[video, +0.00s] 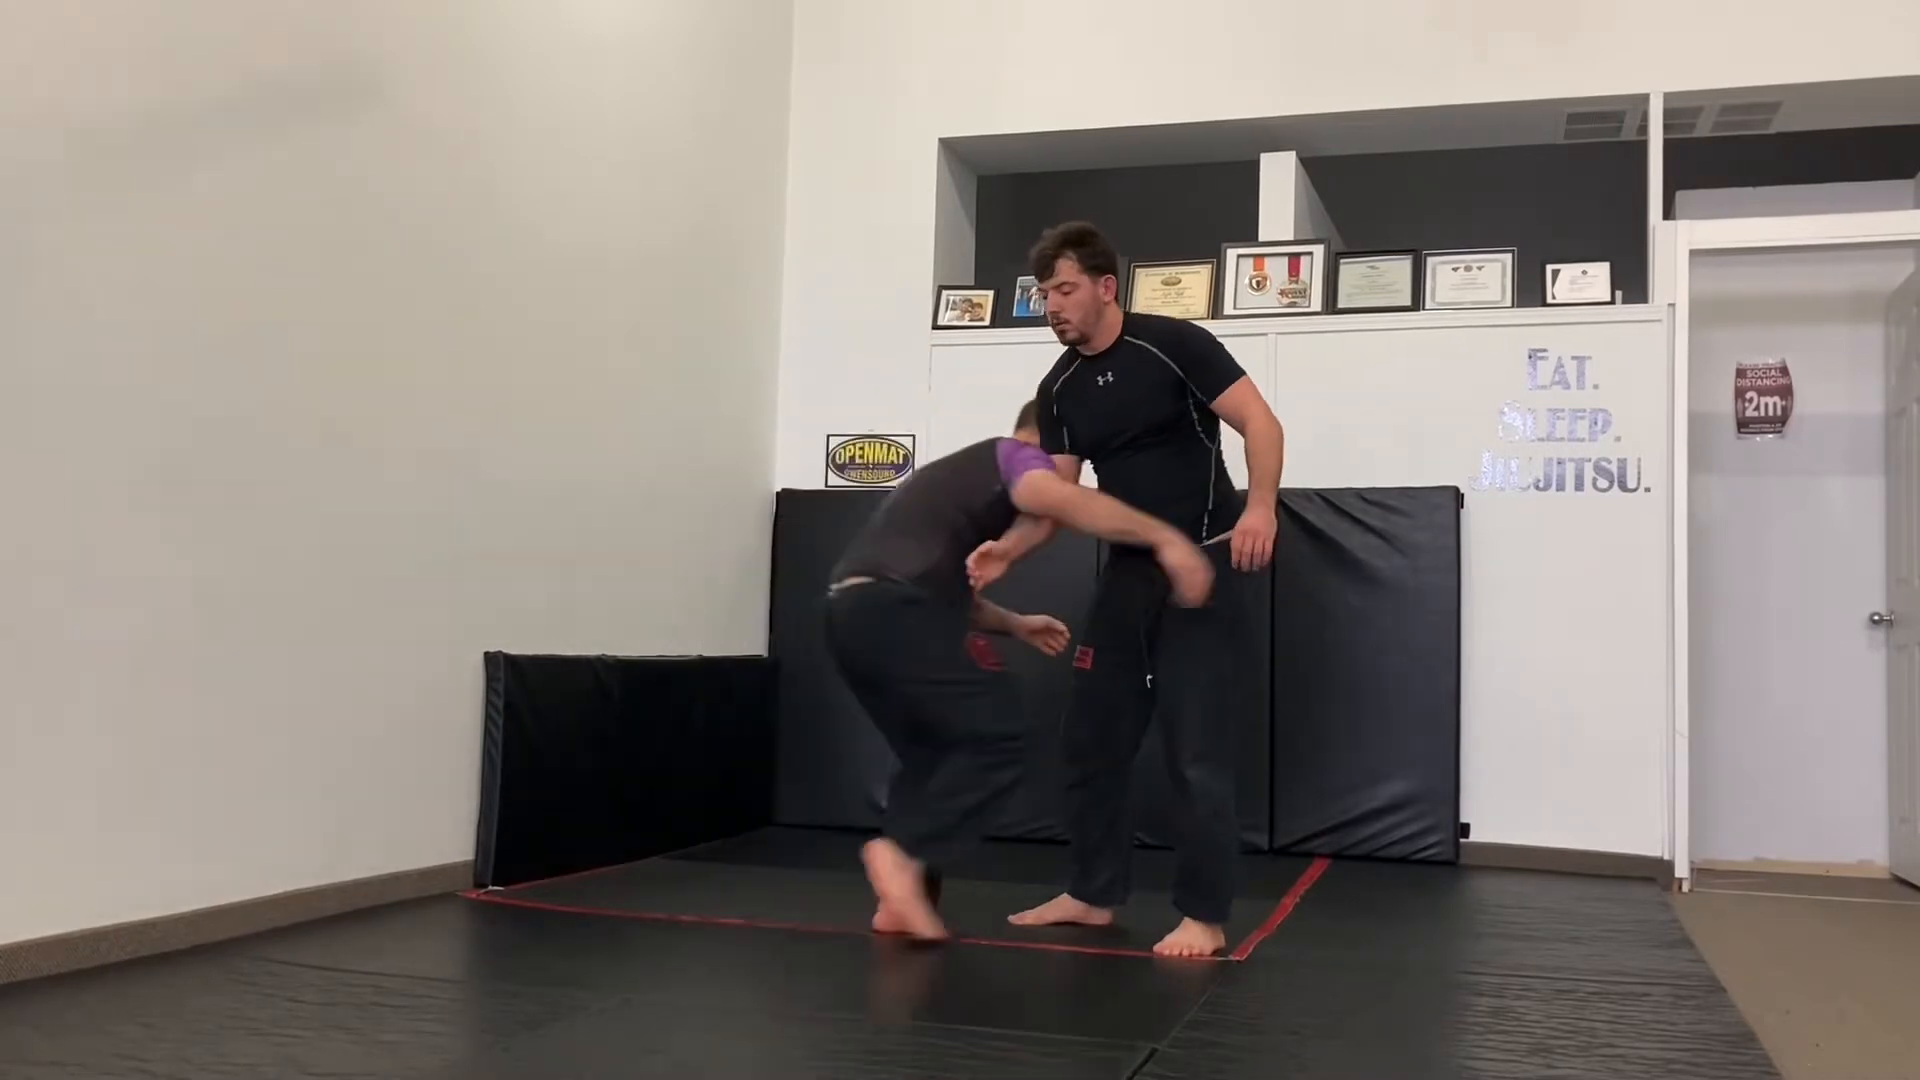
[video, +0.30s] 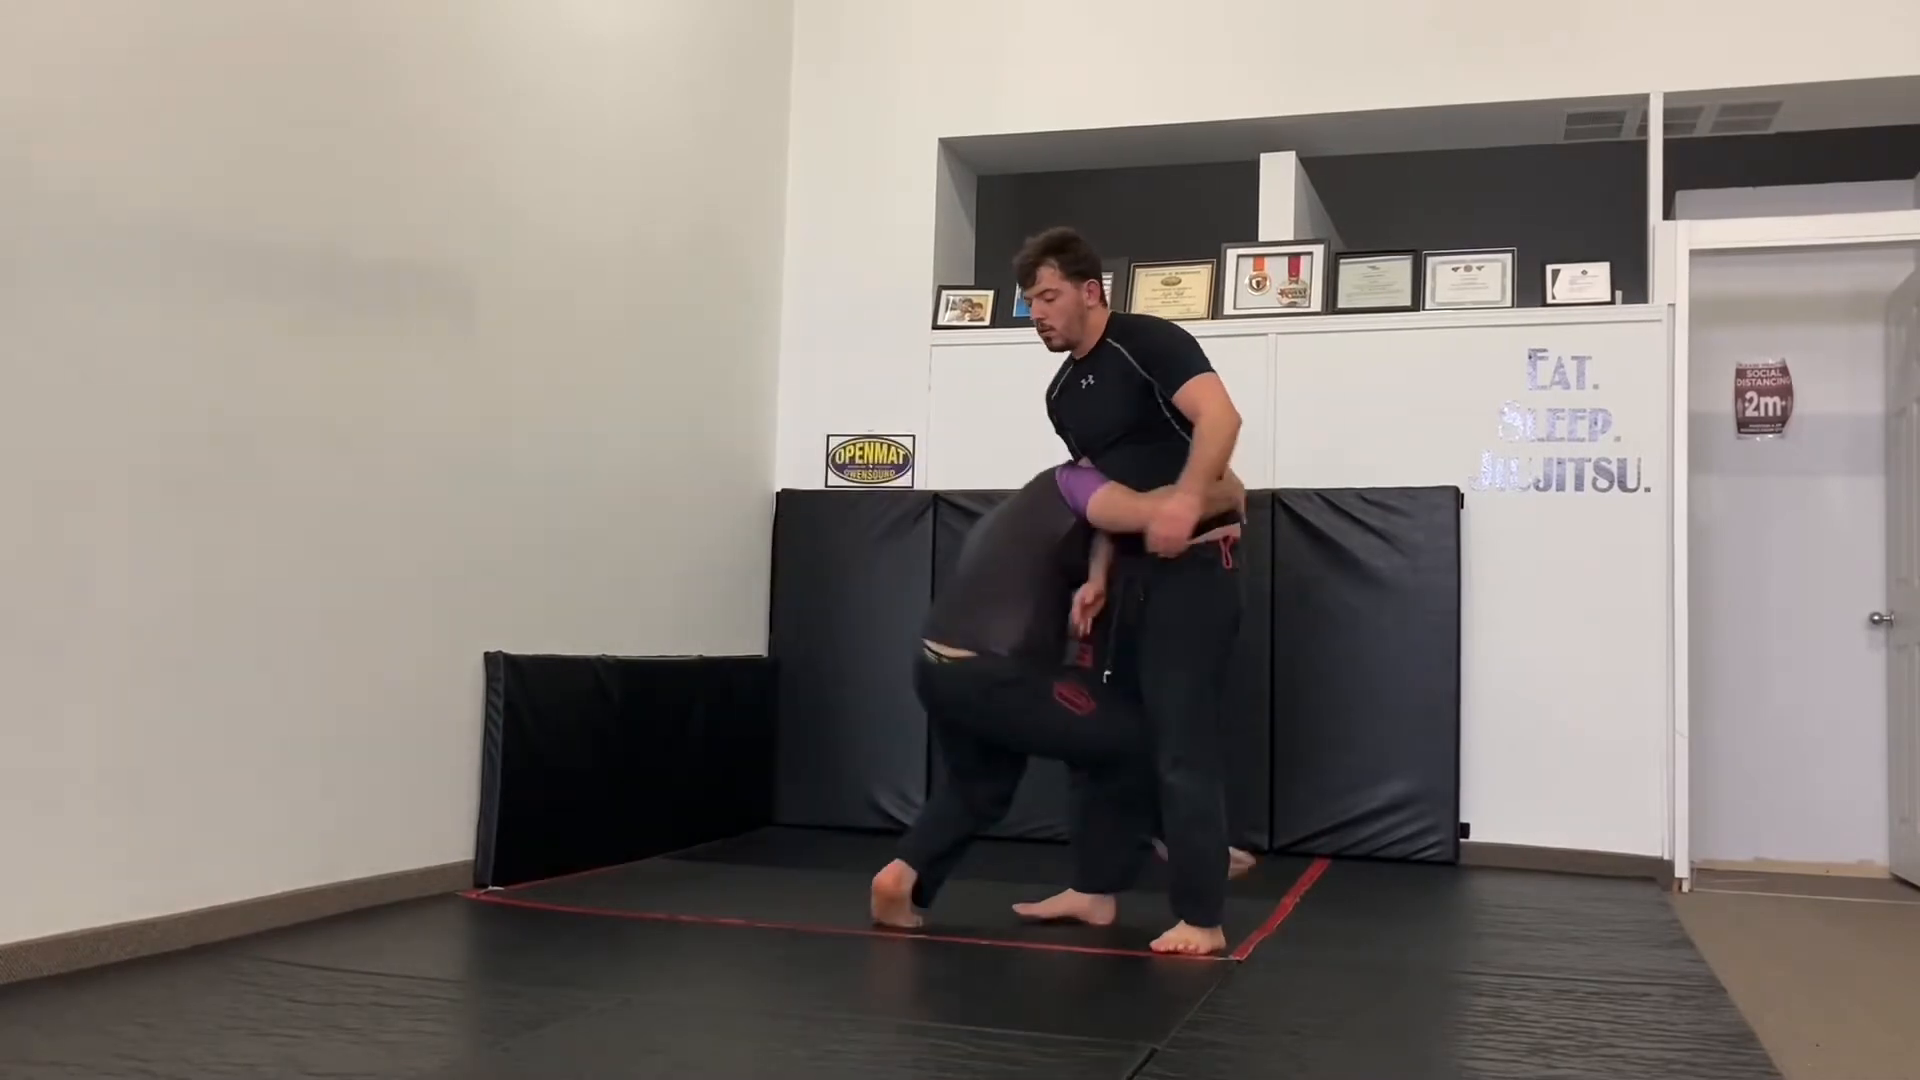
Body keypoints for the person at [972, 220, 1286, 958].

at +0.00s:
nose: (1051, 304)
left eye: (1063, 290)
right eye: (1044, 293)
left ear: (1107, 286)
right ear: (1044, 298)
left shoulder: (1175, 343)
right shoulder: (1061, 389)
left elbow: (1263, 426)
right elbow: (1052, 500)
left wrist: (1261, 507)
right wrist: (1008, 549)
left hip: (1204, 558)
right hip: (1125, 564)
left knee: (1197, 735)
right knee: (1098, 726)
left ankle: (1204, 915)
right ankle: (1094, 893)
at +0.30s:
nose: (1036, 312)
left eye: (1048, 297)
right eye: (1031, 300)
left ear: (1092, 292)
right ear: (1037, 305)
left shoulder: (1150, 341)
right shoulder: (1062, 393)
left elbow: (1221, 417)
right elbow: (1105, 489)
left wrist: (1185, 503)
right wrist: (1097, 575)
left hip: (1195, 562)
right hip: (1128, 568)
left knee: (1184, 732)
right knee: (1107, 723)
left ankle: (1200, 919)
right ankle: (1095, 888)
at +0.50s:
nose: (1045, 330)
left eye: (1052, 312)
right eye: (1038, 317)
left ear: (1096, 301)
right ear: (1056, 315)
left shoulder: (1148, 343)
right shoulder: (1097, 392)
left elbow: (1170, 430)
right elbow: (1154, 485)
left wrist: (1093, 518)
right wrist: (1148, 564)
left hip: (1219, 555)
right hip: (1171, 560)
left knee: (1188, 731)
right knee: (1121, 712)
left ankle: (1202, 918)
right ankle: (1085, 881)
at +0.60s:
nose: (1057, 346)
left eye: (1064, 329)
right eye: (1051, 334)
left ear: (1107, 318)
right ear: (1097, 327)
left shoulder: (1151, 357)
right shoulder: (1123, 393)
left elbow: (1147, 446)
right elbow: (1180, 491)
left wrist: (1060, 523)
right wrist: (1167, 574)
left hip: (1237, 561)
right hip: (1194, 567)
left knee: (1194, 734)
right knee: (1137, 723)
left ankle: (1206, 918)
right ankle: (1105, 891)